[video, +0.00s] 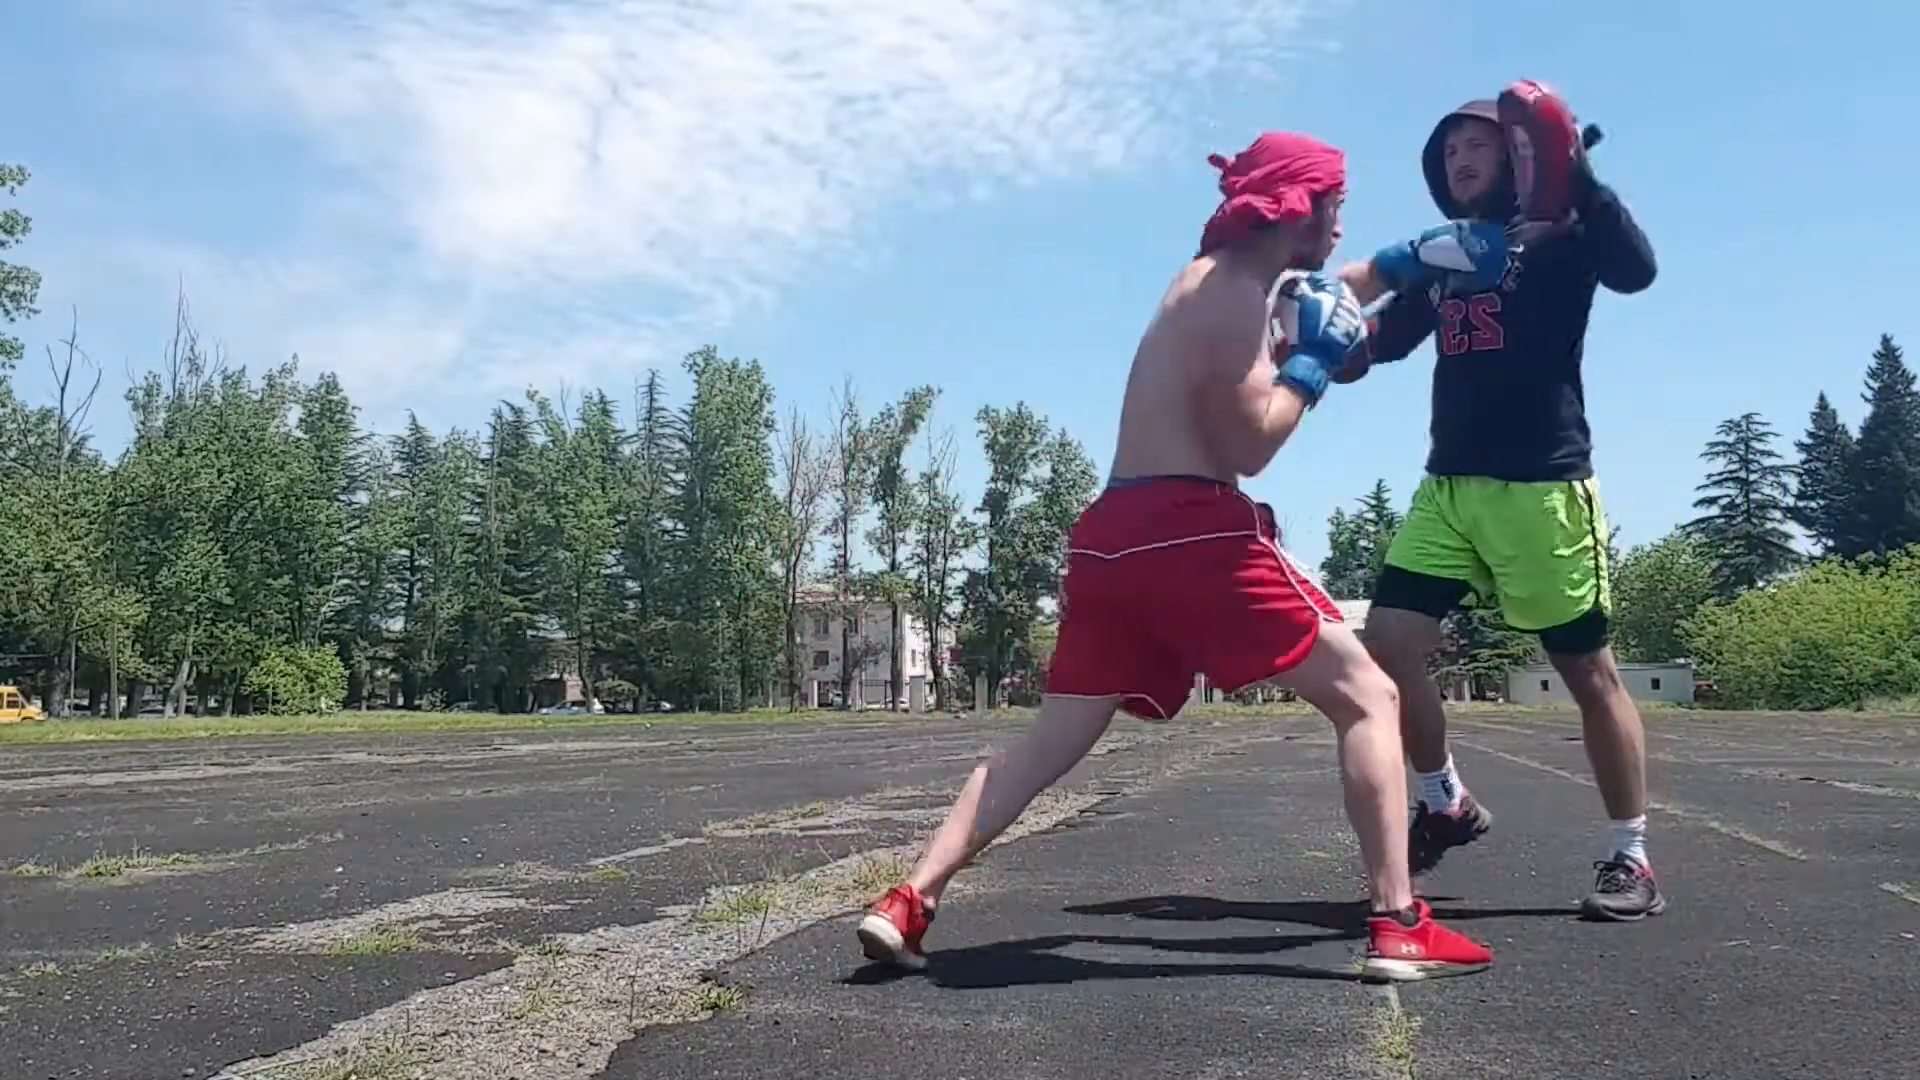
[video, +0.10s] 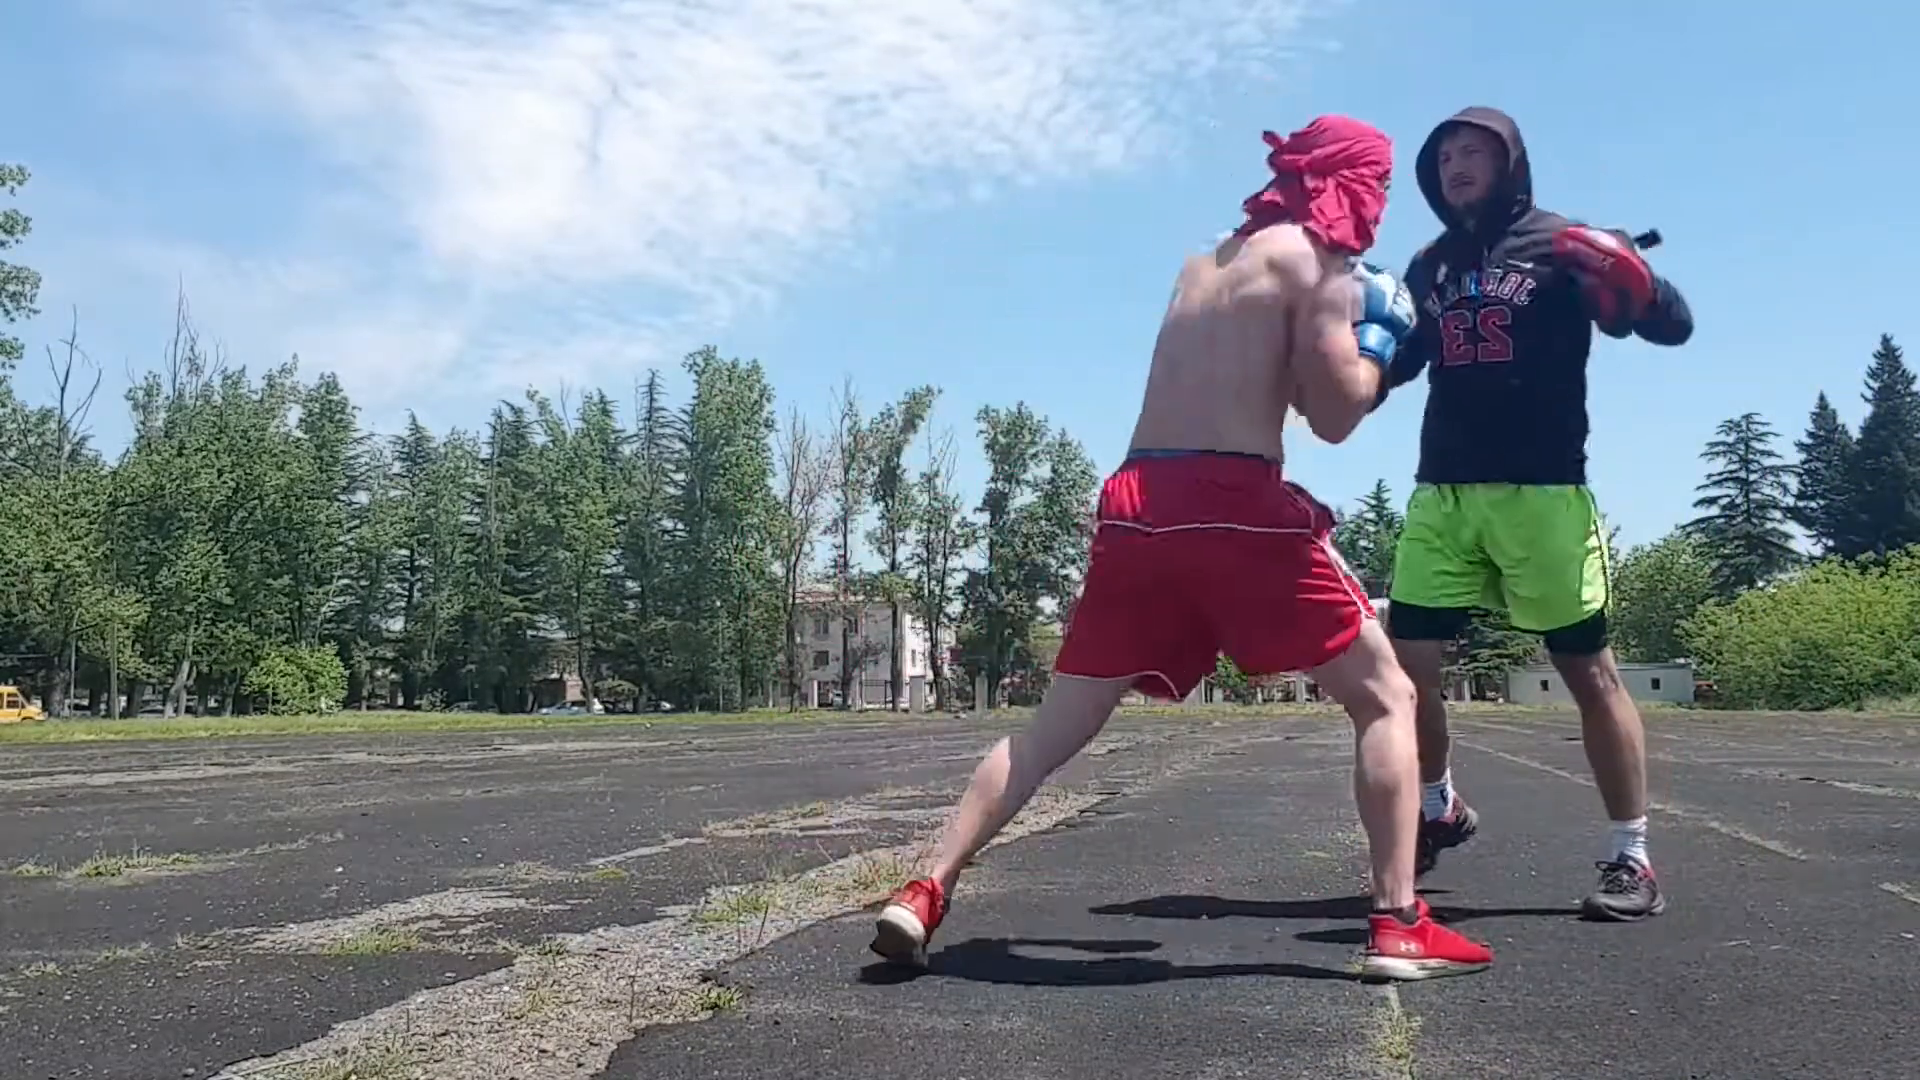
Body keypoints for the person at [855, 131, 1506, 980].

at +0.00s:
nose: (1339, 223)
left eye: (1338, 206)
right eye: (1333, 205)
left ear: (1260, 209)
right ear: (1297, 211)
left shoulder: (1199, 278)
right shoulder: (1240, 290)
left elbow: (1325, 296)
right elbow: (1248, 445)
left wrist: (1405, 263)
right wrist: (1311, 366)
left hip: (1107, 536)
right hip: (1199, 530)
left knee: (1051, 738)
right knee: (1368, 698)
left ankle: (910, 899)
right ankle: (1400, 920)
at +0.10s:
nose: (1370, 228)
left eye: (1375, 210)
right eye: (1370, 206)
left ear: (1284, 184)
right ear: (1342, 195)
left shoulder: (1200, 263)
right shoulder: (1323, 268)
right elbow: (1336, 417)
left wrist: (1351, 337)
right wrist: (1383, 347)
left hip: (1134, 510)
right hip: (1246, 513)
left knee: (1054, 726)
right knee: (1386, 698)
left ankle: (924, 890)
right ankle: (1399, 917)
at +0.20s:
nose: (1370, 193)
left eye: (1368, 182)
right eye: (1367, 180)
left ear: (1266, 162)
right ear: (1344, 168)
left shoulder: (1181, 235)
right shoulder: (1363, 222)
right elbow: (1417, 366)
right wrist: (1374, 320)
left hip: (1162, 487)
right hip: (1287, 486)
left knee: (1072, 702)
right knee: (1384, 703)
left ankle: (984, 895)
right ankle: (1403, 918)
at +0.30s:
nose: (1325, 155)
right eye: (1321, 143)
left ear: (1219, 144)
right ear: (1309, 141)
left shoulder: (1156, 222)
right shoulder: (1351, 197)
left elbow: (1141, 372)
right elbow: (1418, 338)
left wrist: (1234, 322)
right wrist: (1347, 293)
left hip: (1181, 474)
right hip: (1311, 470)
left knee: (1102, 698)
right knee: (1378, 699)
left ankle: (1074, 887)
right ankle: (1408, 917)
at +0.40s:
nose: (1155, 172)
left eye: (1160, 159)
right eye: (1161, 162)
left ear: (1180, 154)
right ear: (1264, 141)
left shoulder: (1132, 232)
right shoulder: (1325, 200)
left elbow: (1127, 390)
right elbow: (1378, 342)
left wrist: (1200, 300)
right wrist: (1296, 283)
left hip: (1189, 482)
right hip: (1319, 475)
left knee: (1133, 723)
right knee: (1383, 702)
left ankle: (1144, 942)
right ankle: (1422, 918)